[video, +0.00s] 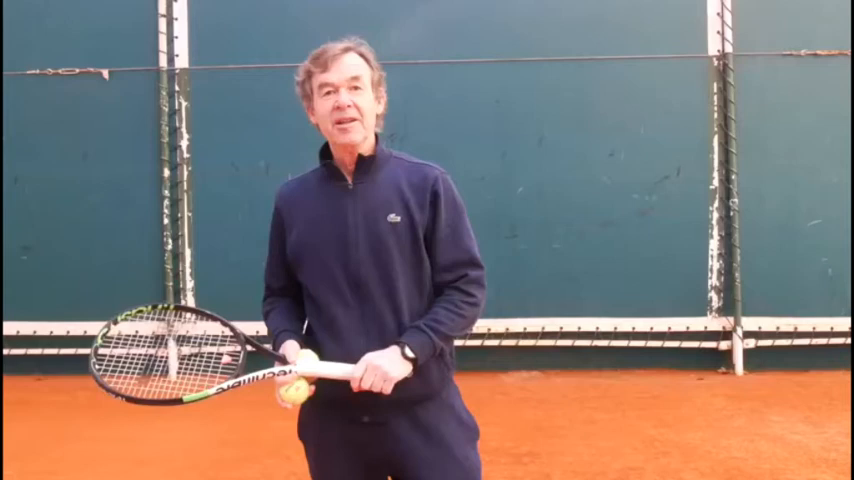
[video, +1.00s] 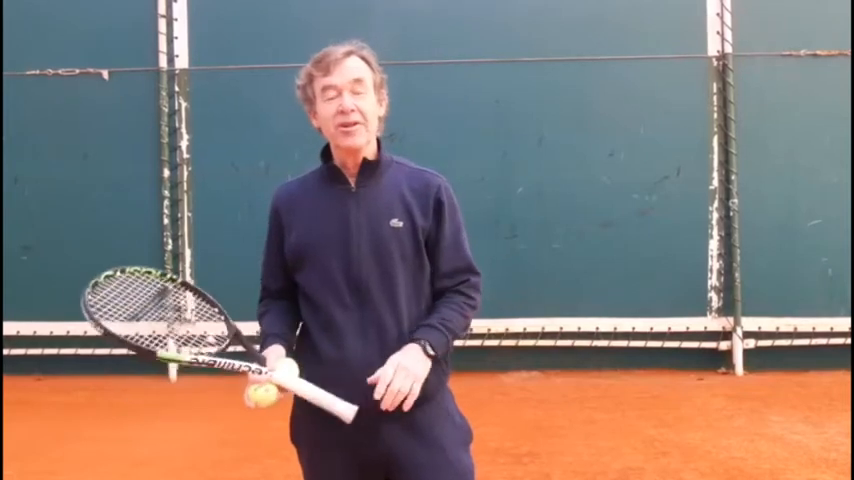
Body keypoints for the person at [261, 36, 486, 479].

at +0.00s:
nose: (342, 101)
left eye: (355, 87)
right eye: (327, 91)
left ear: (379, 101)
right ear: (312, 112)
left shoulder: (428, 186)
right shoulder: (292, 201)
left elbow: (466, 288)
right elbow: (280, 294)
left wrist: (404, 353)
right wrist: (287, 343)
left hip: (426, 418)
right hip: (333, 422)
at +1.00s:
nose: (346, 105)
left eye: (358, 90)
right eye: (332, 95)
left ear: (380, 103)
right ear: (315, 115)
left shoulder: (428, 191)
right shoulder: (290, 202)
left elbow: (461, 288)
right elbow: (277, 295)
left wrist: (421, 351)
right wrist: (275, 346)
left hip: (421, 421)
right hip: (328, 426)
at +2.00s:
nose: (336, 102)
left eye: (348, 90)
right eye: (321, 95)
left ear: (370, 107)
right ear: (306, 120)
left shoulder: (416, 195)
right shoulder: (281, 211)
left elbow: (455, 289)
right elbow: (267, 307)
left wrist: (399, 339)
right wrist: (294, 346)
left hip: (417, 418)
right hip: (325, 424)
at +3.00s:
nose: (378, 93)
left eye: (391, 81)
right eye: (364, 84)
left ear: (415, 101)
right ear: (347, 106)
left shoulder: (452, 196)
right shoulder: (310, 199)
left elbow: (484, 292)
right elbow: (288, 295)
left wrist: (440, 340)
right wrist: (316, 341)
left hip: (444, 420)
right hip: (349, 420)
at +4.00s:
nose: (447, 100)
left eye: (462, 88)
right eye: (433, 88)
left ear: (485, 105)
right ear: (413, 104)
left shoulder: (514, 206)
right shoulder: (371, 195)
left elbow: (539, 311)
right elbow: (344, 292)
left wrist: (481, 343)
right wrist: (359, 344)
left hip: (483, 433)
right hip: (385, 426)